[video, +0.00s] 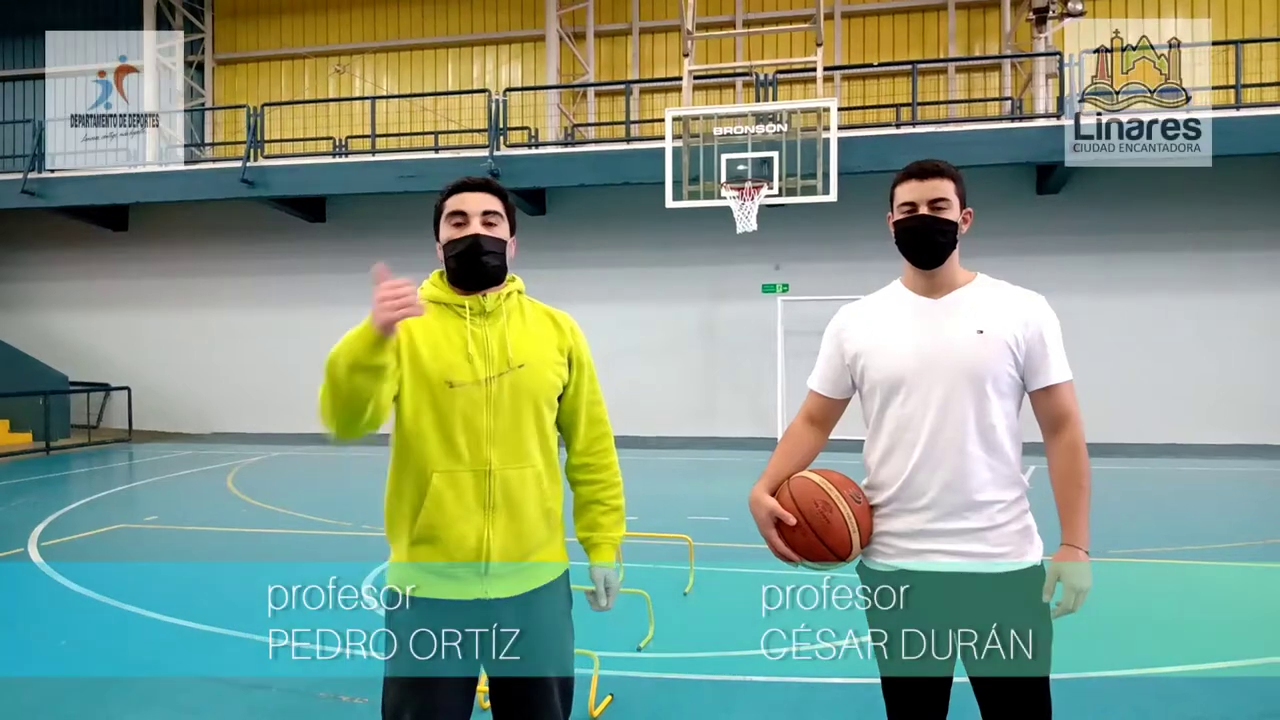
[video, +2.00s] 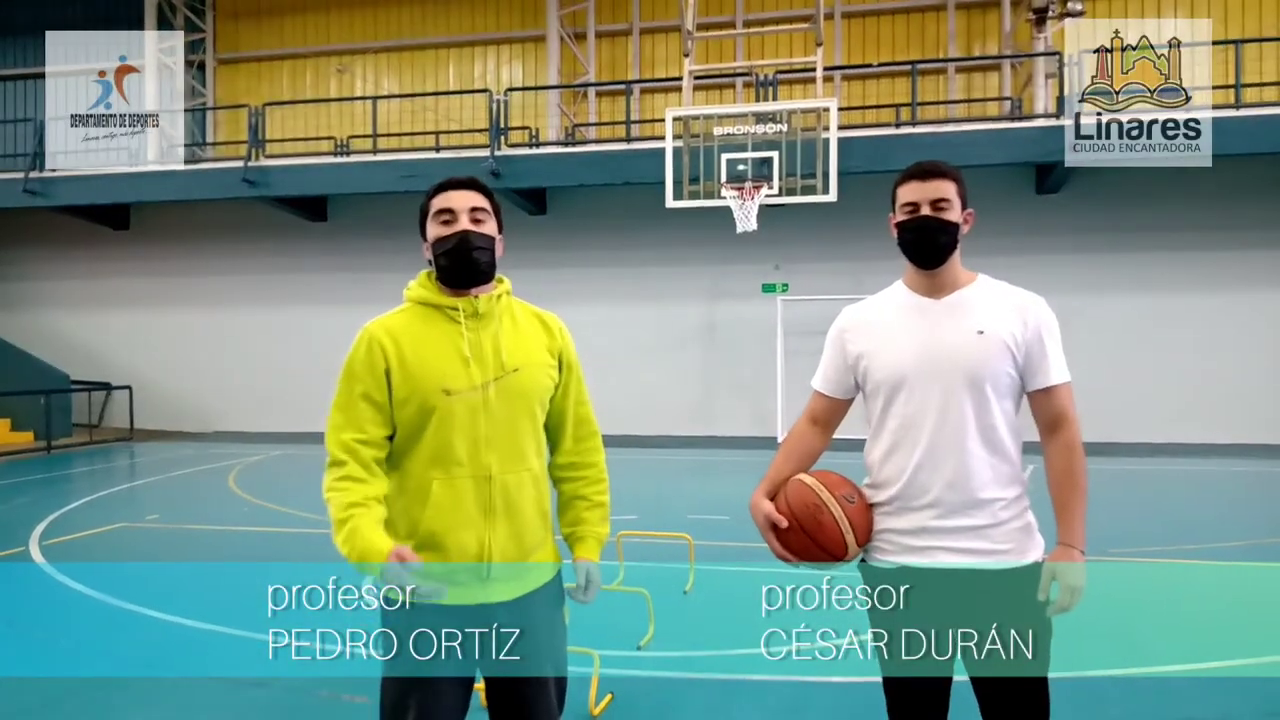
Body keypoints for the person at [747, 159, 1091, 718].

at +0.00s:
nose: (922, 218)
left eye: (938, 207)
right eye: (907, 209)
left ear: (965, 220)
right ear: (891, 226)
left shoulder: (1022, 313)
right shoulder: (855, 324)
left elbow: (1063, 430)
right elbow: (812, 423)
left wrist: (1074, 544)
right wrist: (762, 489)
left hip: (1003, 563)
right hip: (898, 565)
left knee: (1020, 709)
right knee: (912, 712)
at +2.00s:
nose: (925, 218)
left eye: (940, 207)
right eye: (910, 209)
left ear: (966, 220)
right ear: (893, 227)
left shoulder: (1022, 314)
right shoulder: (858, 324)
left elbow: (1060, 431)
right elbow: (815, 424)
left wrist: (1070, 545)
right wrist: (763, 492)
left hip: (1003, 561)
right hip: (900, 563)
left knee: (1018, 711)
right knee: (913, 713)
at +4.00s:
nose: (929, 217)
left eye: (945, 206)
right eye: (915, 208)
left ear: (971, 220)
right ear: (897, 226)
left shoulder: (1024, 315)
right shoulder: (860, 323)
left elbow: (1060, 432)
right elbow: (816, 425)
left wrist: (1072, 545)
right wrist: (761, 502)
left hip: (1005, 561)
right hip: (901, 562)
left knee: (1020, 710)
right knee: (914, 713)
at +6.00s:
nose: (931, 215)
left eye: (945, 204)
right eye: (916, 208)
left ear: (972, 220)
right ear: (898, 229)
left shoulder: (1026, 315)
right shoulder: (863, 324)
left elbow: (1062, 430)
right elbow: (818, 426)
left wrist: (1078, 542)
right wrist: (765, 505)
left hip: (1008, 559)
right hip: (906, 561)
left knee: (1022, 711)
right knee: (916, 712)